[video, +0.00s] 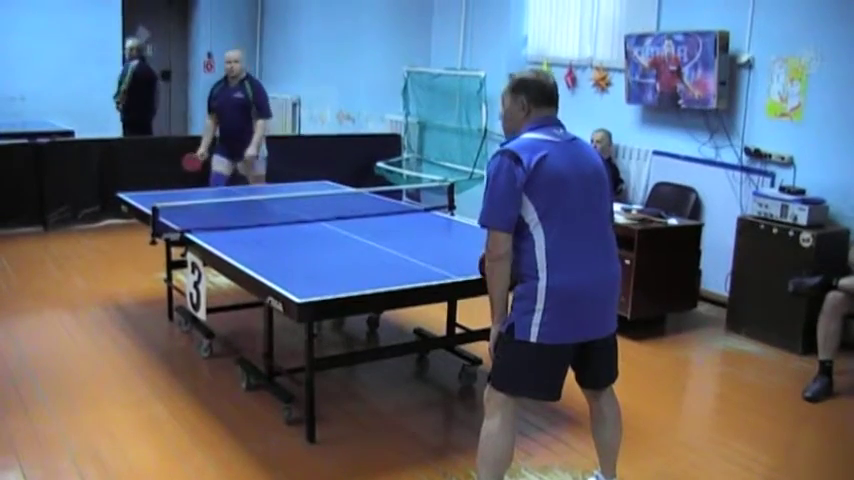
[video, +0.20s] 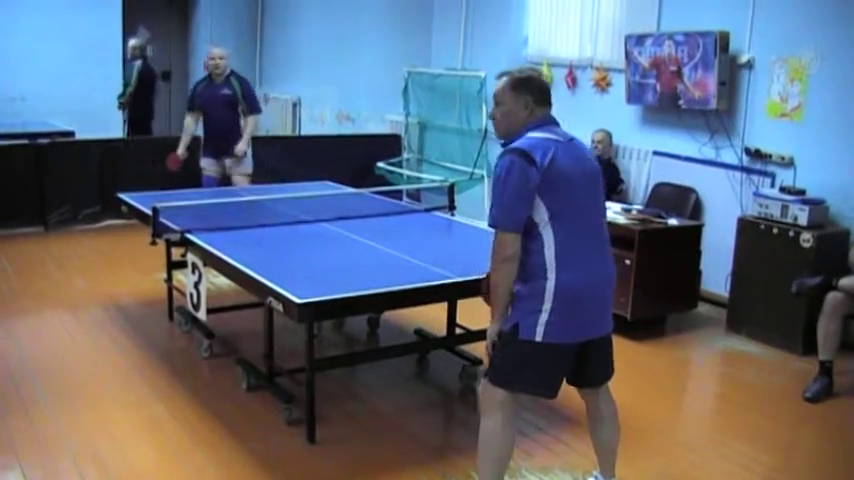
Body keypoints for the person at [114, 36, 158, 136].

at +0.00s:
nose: (126, 53)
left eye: (128, 49)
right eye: (127, 49)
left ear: (133, 51)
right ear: (141, 51)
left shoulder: (130, 67)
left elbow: (124, 87)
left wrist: (118, 100)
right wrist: (151, 113)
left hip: (131, 113)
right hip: (146, 113)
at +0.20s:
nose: (130, 52)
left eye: (133, 49)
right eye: (130, 49)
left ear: (139, 50)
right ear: (142, 51)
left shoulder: (137, 66)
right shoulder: (149, 68)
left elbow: (133, 87)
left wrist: (124, 100)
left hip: (136, 111)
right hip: (145, 111)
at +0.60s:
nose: (130, 52)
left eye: (133, 50)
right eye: (130, 49)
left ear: (139, 51)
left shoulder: (143, 65)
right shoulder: (135, 65)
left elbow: (138, 86)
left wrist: (128, 99)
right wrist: (126, 88)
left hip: (143, 107)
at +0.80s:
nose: (131, 53)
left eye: (135, 50)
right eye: (132, 49)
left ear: (141, 51)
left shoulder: (143, 66)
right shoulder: (134, 66)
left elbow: (136, 84)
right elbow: (125, 78)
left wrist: (126, 90)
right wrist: (125, 83)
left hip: (143, 107)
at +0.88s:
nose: (131, 52)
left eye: (134, 50)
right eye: (132, 49)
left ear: (141, 52)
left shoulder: (143, 67)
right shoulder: (134, 66)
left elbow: (134, 86)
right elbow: (123, 80)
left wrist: (124, 87)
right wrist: (124, 83)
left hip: (142, 112)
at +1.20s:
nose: (133, 55)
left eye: (137, 52)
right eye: (133, 51)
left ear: (144, 55)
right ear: (131, 53)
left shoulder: (146, 73)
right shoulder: (133, 72)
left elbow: (132, 96)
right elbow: (123, 87)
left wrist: (123, 89)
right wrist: (128, 91)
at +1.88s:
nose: (117, 59)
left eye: (120, 55)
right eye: (114, 56)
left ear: (126, 57)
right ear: (111, 58)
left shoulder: (133, 76)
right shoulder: (107, 77)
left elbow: (134, 94)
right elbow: (101, 95)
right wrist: (119, 93)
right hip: (112, 121)